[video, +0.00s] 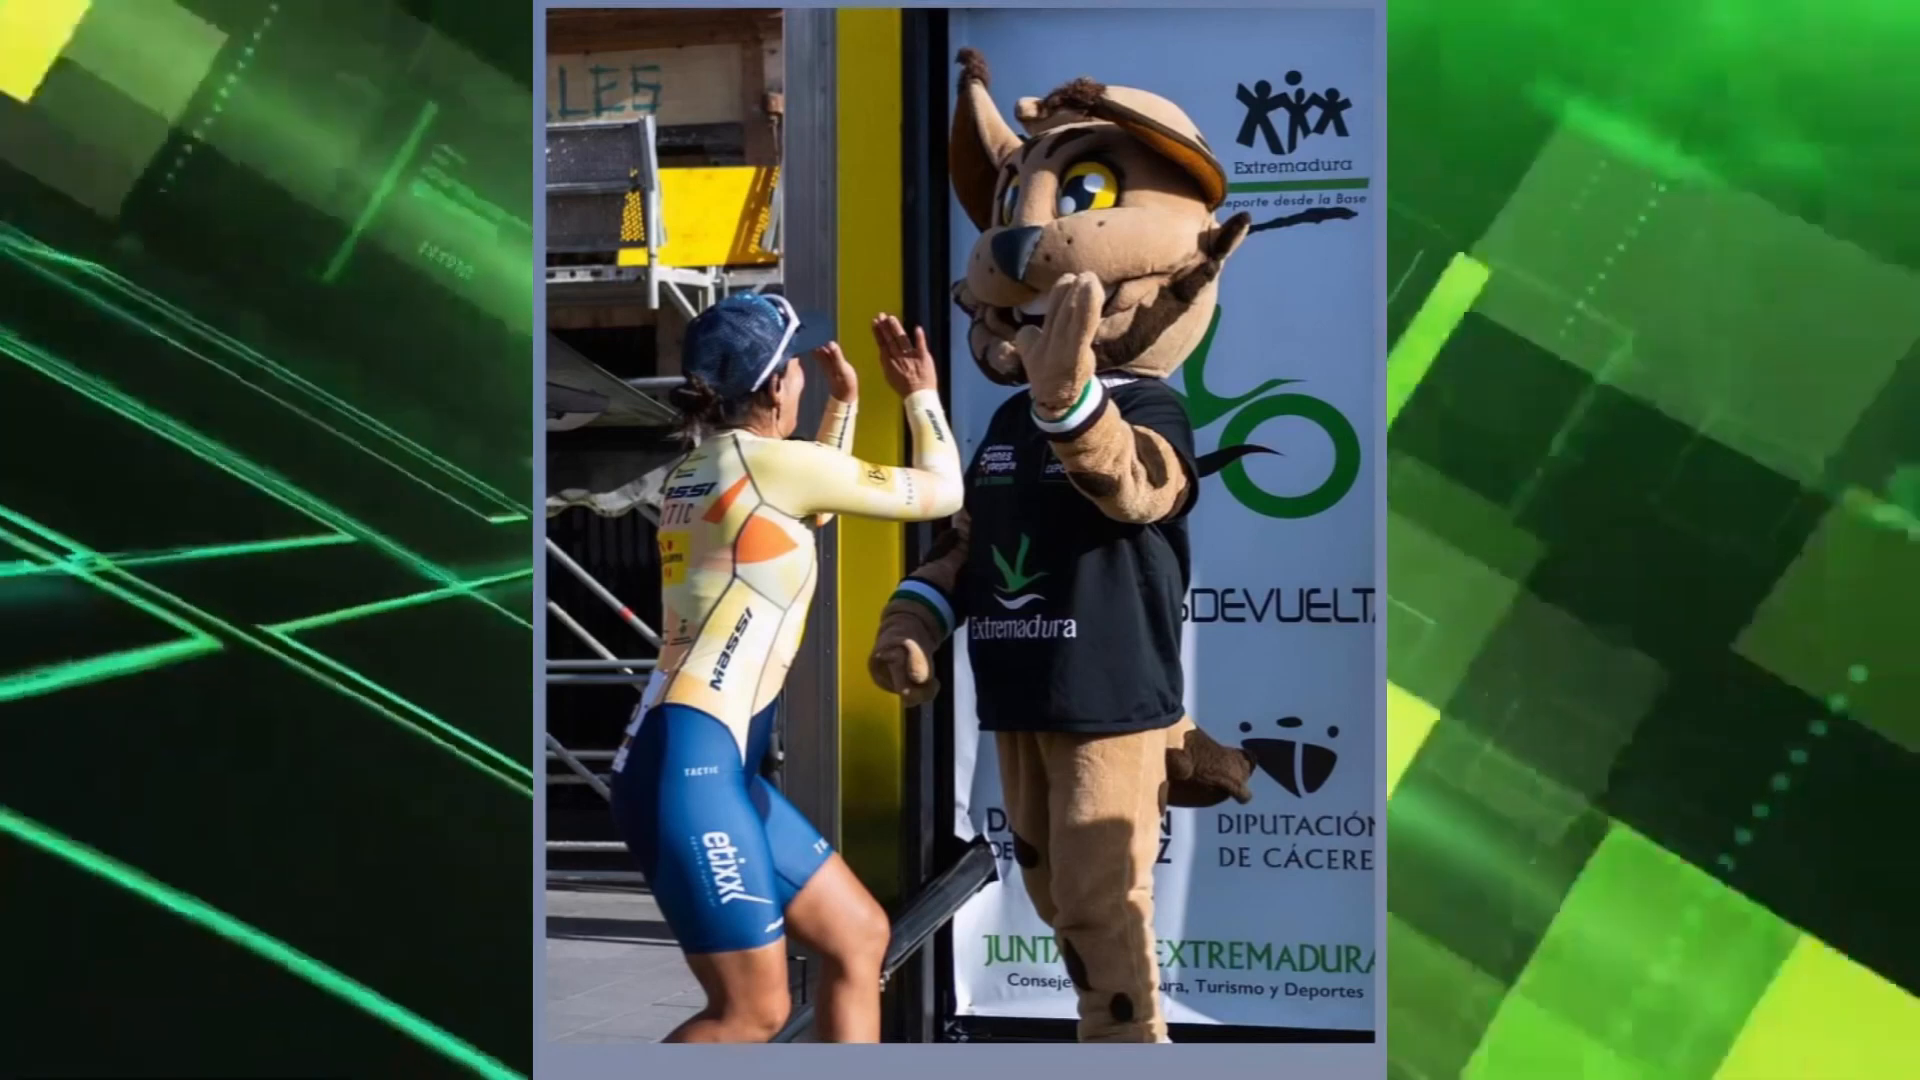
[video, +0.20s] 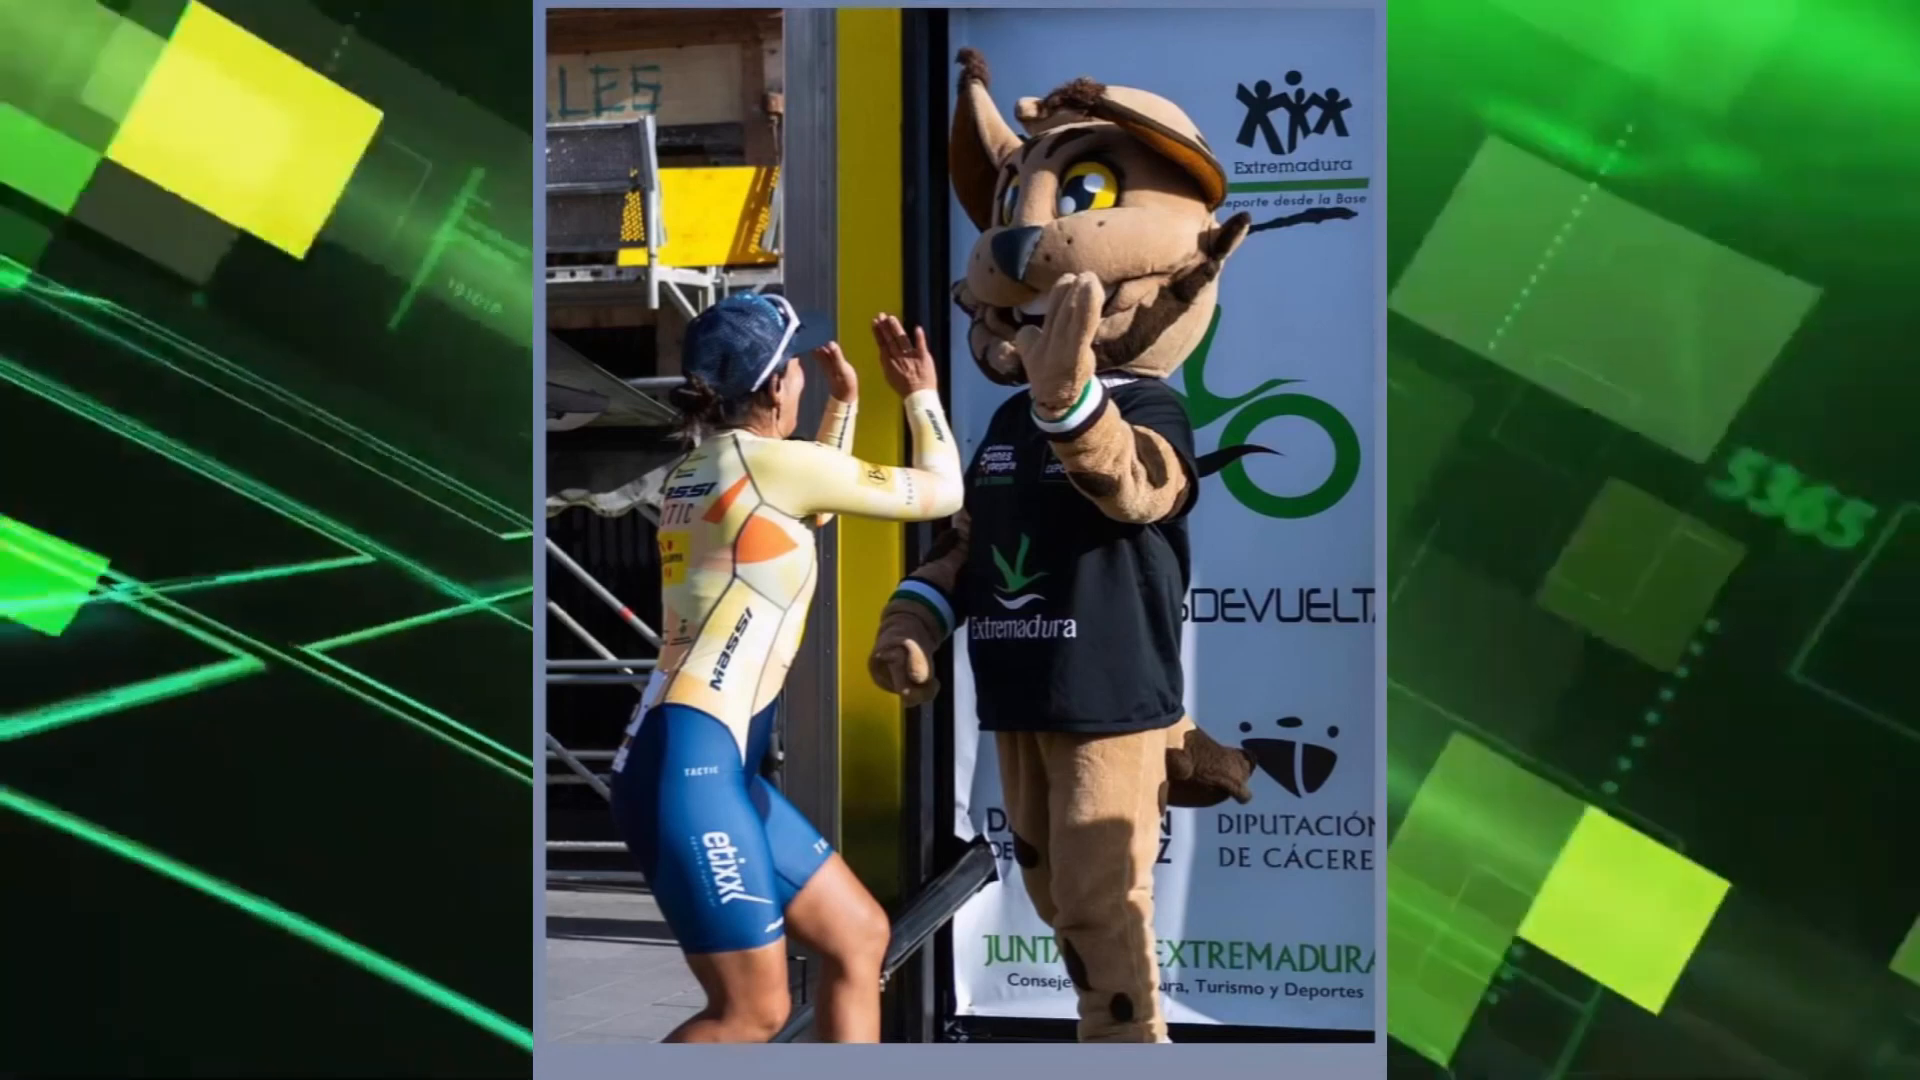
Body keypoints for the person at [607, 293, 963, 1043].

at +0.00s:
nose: (803, 377)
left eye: (800, 363)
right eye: (796, 364)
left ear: (714, 387)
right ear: (777, 381)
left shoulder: (695, 471)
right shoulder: (780, 465)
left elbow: (801, 494)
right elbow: (938, 492)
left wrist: (841, 410)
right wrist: (924, 395)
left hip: (714, 769)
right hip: (686, 774)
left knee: (860, 933)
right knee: (754, 1009)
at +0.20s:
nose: (803, 377)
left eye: (800, 363)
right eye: (796, 364)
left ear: (716, 387)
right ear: (776, 381)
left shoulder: (693, 471)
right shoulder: (778, 465)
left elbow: (802, 495)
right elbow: (939, 492)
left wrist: (841, 410)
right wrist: (924, 396)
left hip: (714, 769)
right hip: (686, 774)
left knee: (860, 933)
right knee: (754, 1009)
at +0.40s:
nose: (803, 377)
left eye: (800, 363)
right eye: (796, 364)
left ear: (716, 387)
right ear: (776, 380)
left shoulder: (693, 471)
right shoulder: (778, 465)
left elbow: (802, 495)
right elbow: (939, 492)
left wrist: (841, 410)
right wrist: (924, 396)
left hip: (714, 769)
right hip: (686, 774)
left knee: (860, 933)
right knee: (754, 1009)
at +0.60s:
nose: (803, 377)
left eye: (799, 363)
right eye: (796, 364)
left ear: (715, 387)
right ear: (776, 381)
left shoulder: (693, 471)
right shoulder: (778, 465)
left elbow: (802, 495)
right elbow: (939, 492)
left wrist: (841, 410)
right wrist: (924, 396)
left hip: (714, 769)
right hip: (686, 774)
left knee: (860, 933)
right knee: (754, 1009)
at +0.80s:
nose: (804, 377)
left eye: (800, 363)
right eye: (797, 365)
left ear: (716, 387)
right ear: (777, 381)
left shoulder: (694, 471)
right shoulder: (778, 464)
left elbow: (805, 500)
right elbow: (939, 492)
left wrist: (841, 409)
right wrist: (924, 396)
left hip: (713, 769)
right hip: (687, 774)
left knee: (860, 933)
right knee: (754, 1010)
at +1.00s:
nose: (803, 377)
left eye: (800, 363)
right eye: (796, 364)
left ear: (715, 388)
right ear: (776, 380)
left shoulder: (693, 471)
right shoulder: (778, 464)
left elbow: (798, 494)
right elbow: (939, 492)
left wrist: (840, 412)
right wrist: (924, 395)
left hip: (714, 770)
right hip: (687, 774)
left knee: (860, 934)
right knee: (754, 1010)